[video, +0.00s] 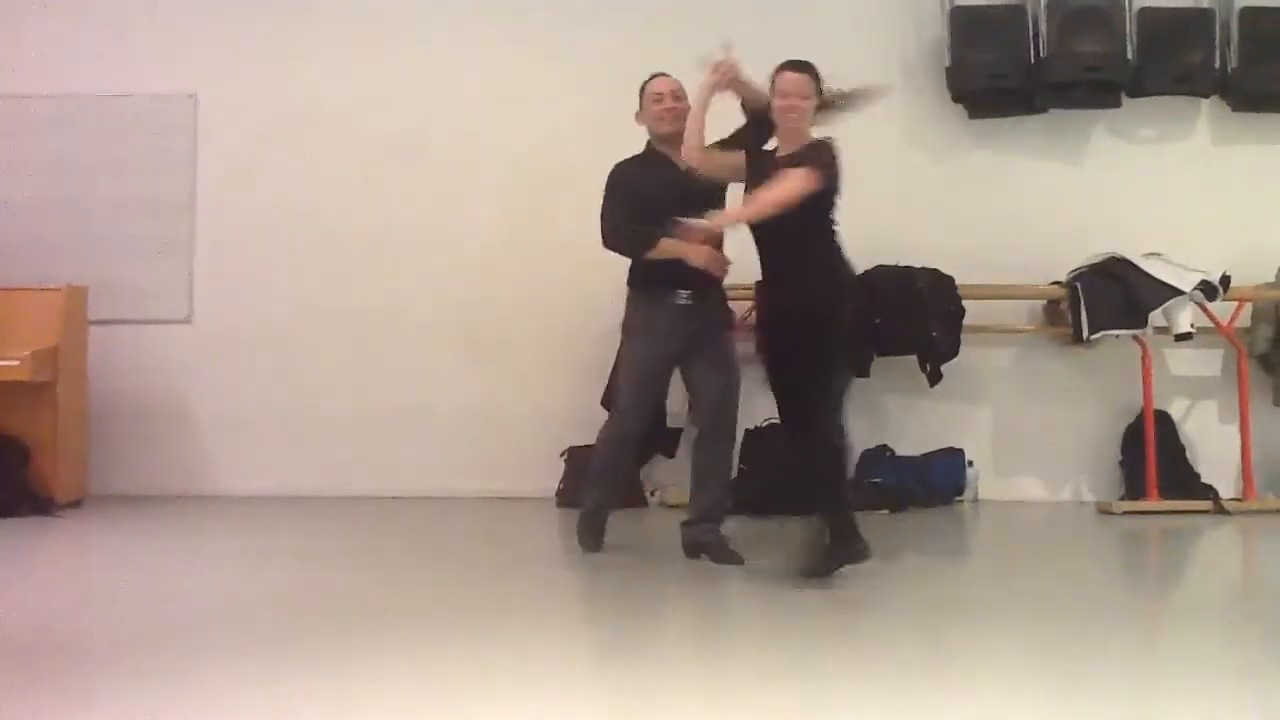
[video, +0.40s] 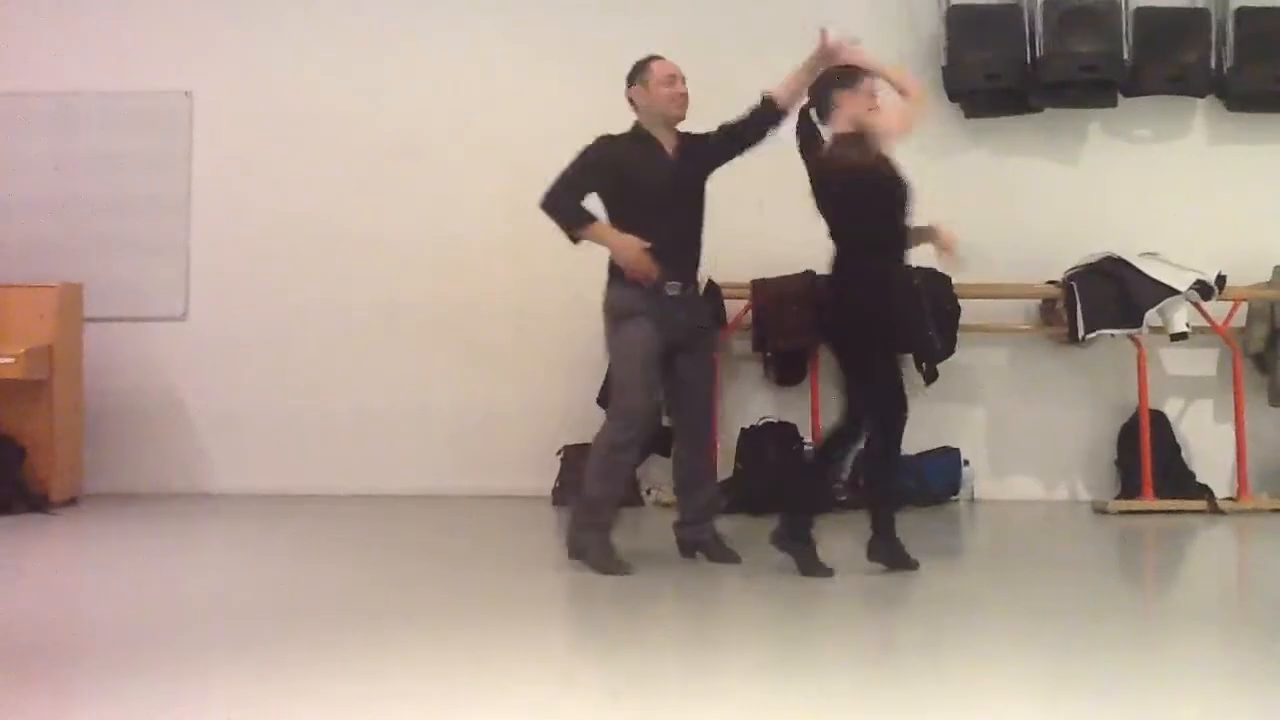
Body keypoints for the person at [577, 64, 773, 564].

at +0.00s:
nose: (669, 105)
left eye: (676, 98)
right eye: (657, 100)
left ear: (691, 110)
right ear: (641, 116)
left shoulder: (711, 162)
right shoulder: (628, 173)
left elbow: (763, 124)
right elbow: (615, 235)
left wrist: (741, 87)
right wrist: (685, 249)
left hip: (707, 306)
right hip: (652, 306)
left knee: (718, 411)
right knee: (633, 414)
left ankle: (704, 527)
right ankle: (596, 504)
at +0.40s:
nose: (681, 87)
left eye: (682, 81)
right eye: (668, 81)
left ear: (684, 95)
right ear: (636, 96)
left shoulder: (698, 151)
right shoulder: (610, 152)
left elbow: (761, 119)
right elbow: (558, 202)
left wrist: (815, 64)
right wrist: (615, 241)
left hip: (689, 301)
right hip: (635, 302)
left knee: (696, 421)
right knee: (633, 416)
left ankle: (697, 530)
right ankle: (589, 532)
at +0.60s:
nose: (662, 89)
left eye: (660, 81)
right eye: (649, 81)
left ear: (643, 95)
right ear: (613, 92)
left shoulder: (664, 165)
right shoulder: (581, 146)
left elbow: (738, 182)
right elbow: (523, 194)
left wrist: (798, 144)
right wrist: (576, 240)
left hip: (651, 307)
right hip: (599, 304)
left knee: (675, 414)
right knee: (599, 417)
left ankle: (695, 529)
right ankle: (583, 538)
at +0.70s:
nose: (653, 90)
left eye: (651, 82)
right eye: (640, 82)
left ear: (632, 96)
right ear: (604, 93)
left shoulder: (652, 167)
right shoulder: (569, 145)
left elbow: (728, 194)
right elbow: (510, 191)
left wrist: (796, 162)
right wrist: (562, 239)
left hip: (635, 306)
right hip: (581, 302)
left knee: (673, 403)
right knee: (590, 418)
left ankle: (681, 517)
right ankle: (582, 539)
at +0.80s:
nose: (644, 91)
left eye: (642, 83)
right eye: (631, 83)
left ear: (622, 97)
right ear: (596, 93)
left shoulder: (644, 170)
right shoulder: (560, 146)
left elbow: (718, 200)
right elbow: (500, 192)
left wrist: (789, 175)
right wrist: (549, 242)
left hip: (622, 308)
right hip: (567, 305)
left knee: (667, 399)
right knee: (580, 415)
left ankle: (623, 490)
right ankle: (580, 540)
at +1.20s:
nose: (618, 92)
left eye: (615, 83)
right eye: (604, 84)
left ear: (588, 97)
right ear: (569, 95)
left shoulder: (615, 169)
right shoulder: (534, 149)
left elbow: (683, 212)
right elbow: (477, 202)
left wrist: (753, 192)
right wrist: (526, 246)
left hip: (577, 309)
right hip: (537, 302)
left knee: (548, 418)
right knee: (565, 415)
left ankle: (475, 520)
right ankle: (581, 540)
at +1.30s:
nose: (616, 94)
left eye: (614, 86)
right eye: (603, 86)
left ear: (601, 99)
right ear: (568, 97)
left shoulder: (613, 170)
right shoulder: (534, 150)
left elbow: (675, 219)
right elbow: (479, 201)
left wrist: (743, 198)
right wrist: (531, 246)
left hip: (574, 309)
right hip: (541, 303)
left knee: (536, 419)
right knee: (574, 413)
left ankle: (472, 522)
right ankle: (581, 539)